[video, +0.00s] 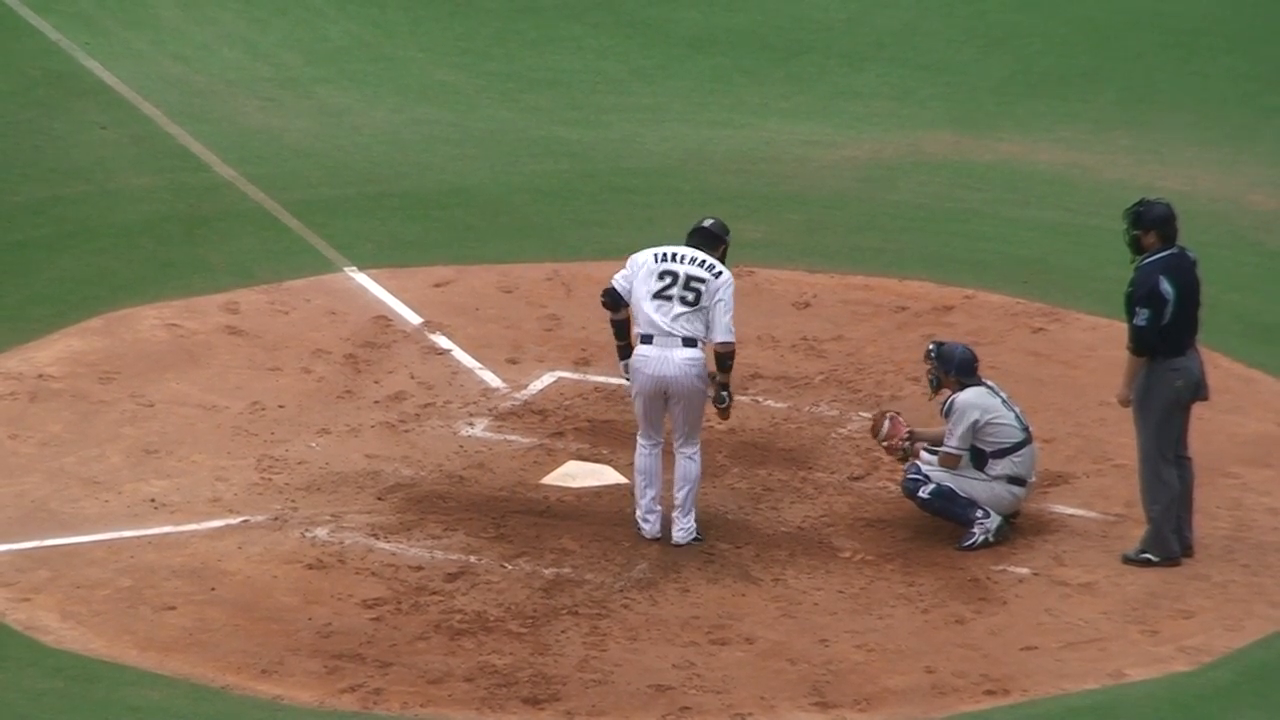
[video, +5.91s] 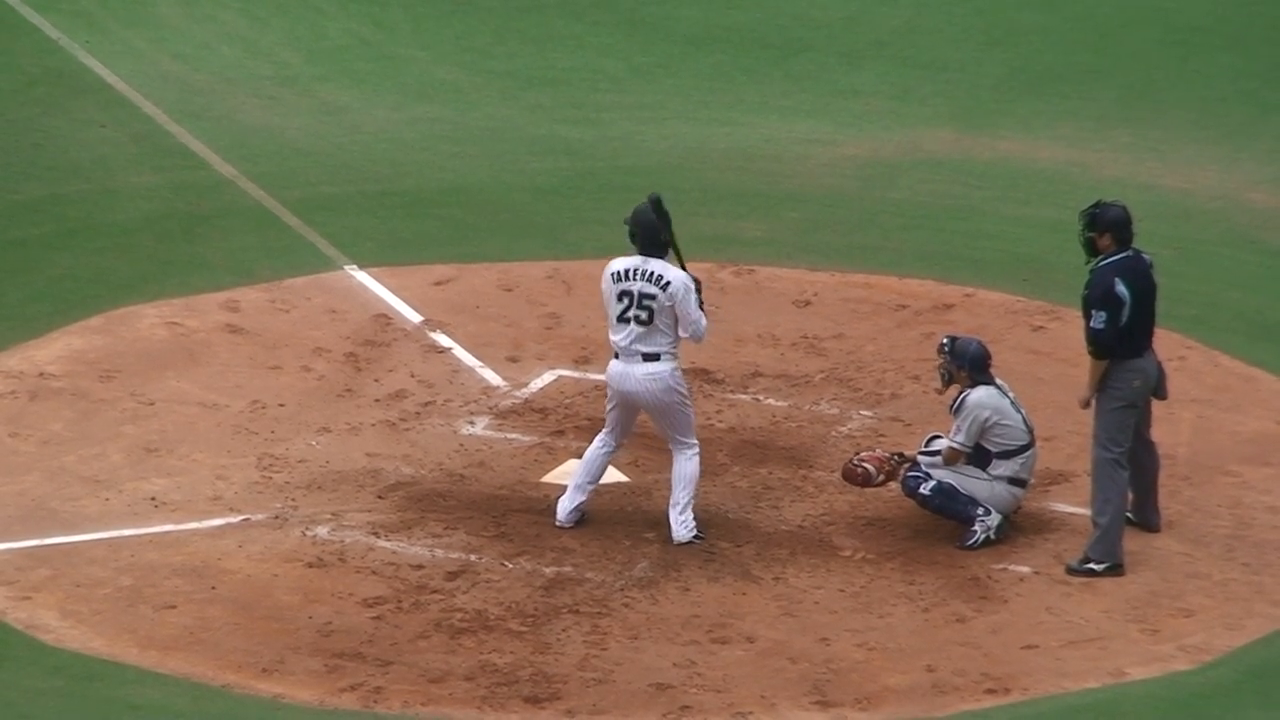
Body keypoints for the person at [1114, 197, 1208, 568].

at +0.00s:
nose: (1133, 236)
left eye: (1137, 231)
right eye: (1134, 229)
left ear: (1150, 236)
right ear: (1166, 233)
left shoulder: (1148, 275)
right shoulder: (1184, 260)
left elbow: (1140, 342)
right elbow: (1187, 323)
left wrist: (1126, 386)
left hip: (1161, 372)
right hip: (1186, 365)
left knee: (1155, 459)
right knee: (1175, 455)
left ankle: (1160, 544)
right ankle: (1178, 536)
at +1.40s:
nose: (1117, 243)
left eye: (1122, 238)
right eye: (1118, 237)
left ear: (1138, 241)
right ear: (1149, 240)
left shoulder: (1134, 282)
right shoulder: (1169, 267)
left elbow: (1128, 346)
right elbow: (1172, 324)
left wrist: (1117, 391)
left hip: (1148, 378)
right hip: (1173, 371)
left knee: (1124, 462)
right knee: (1167, 458)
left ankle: (1105, 555)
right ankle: (1177, 537)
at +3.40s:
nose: (1088, 237)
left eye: (1093, 232)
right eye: (1090, 230)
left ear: (1105, 238)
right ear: (1120, 235)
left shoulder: (1105, 278)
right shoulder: (1139, 263)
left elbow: (1101, 344)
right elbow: (1141, 322)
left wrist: (1088, 387)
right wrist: (1141, 361)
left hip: (1120, 373)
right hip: (1143, 365)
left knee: (1105, 458)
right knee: (1136, 443)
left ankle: (1101, 554)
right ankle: (1145, 512)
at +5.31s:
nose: (1091, 240)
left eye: (1095, 235)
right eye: (1093, 233)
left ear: (1107, 241)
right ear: (1124, 237)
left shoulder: (1105, 280)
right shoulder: (1142, 264)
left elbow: (1102, 347)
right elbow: (1142, 323)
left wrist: (1092, 389)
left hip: (1120, 375)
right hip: (1144, 367)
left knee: (1109, 460)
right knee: (1137, 446)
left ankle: (1105, 555)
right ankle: (1147, 515)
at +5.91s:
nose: (1088, 237)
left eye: (1093, 232)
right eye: (1091, 230)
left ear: (1105, 238)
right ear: (1122, 234)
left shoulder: (1104, 278)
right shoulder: (1140, 262)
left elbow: (1101, 345)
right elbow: (1143, 320)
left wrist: (1090, 387)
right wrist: (1141, 358)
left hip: (1121, 373)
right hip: (1144, 364)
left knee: (1109, 458)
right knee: (1137, 442)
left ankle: (1104, 553)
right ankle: (1147, 512)